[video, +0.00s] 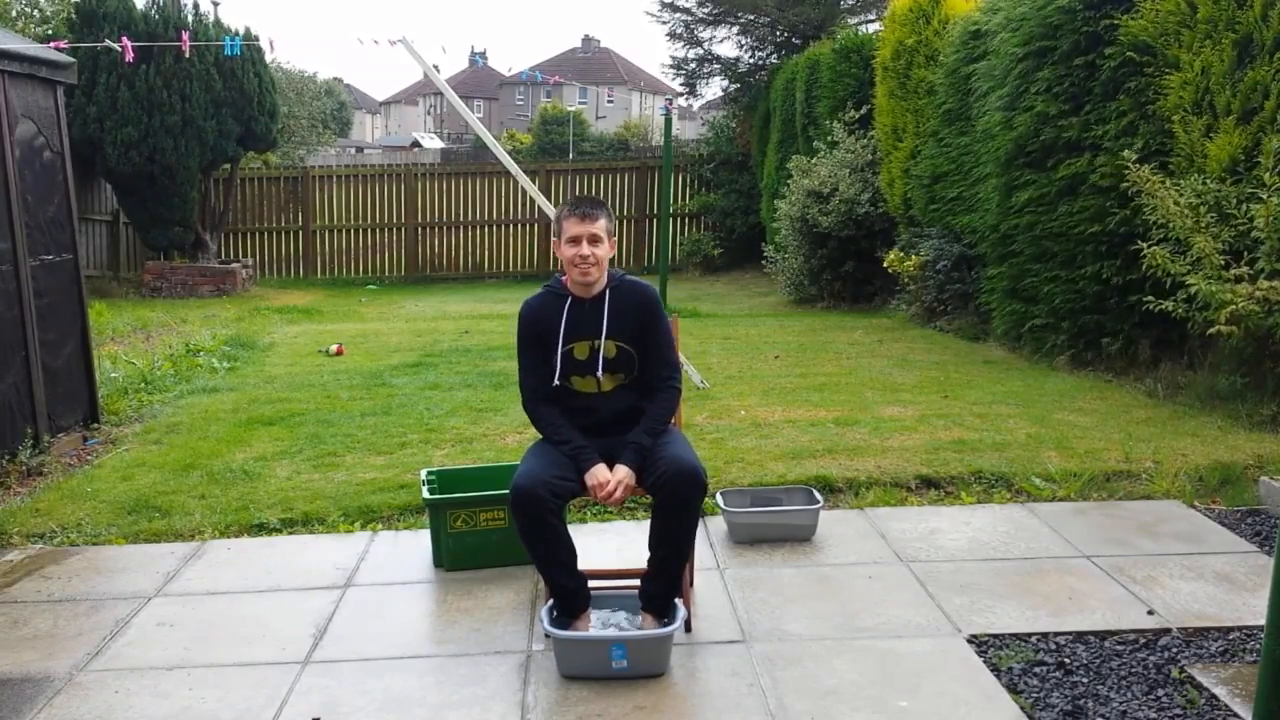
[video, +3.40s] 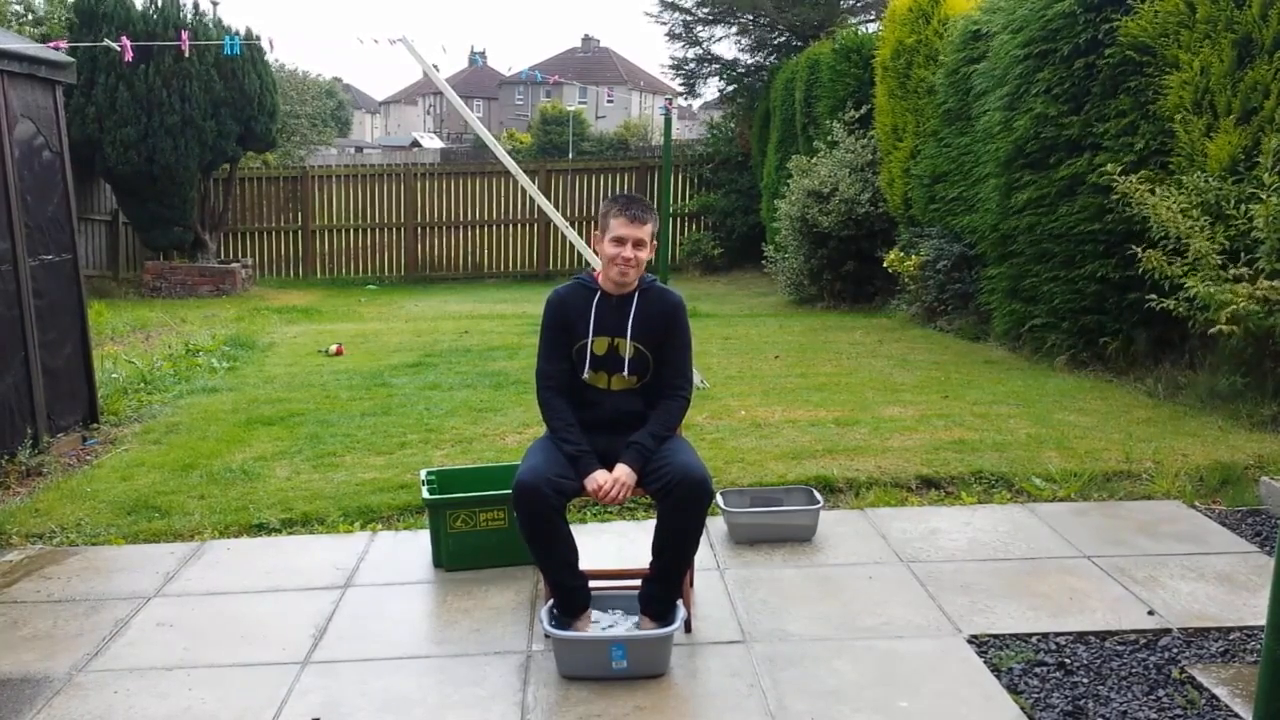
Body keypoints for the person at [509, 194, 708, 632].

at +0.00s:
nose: (584, 252)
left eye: (594, 241)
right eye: (573, 242)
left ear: (611, 247)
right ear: (557, 249)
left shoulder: (641, 300)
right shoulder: (538, 311)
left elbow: (667, 386)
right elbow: (536, 400)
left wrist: (630, 460)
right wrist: (587, 460)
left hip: (640, 433)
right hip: (569, 438)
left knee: (686, 477)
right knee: (527, 491)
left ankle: (657, 604)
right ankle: (573, 606)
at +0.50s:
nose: (647, 246)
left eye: (658, 237)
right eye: (638, 236)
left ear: (675, 248)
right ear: (622, 243)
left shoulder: (689, 311)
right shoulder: (587, 296)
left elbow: (687, 400)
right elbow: (555, 381)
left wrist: (629, 456)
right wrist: (584, 458)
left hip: (651, 434)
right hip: (579, 431)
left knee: (691, 486)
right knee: (532, 482)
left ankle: (656, 605)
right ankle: (571, 605)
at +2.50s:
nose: (588, 244)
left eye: (601, 234)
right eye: (586, 233)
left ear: (637, 245)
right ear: (582, 237)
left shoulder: (667, 305)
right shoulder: (566, 300)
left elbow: (678, 393)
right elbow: (552, 390)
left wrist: (634, 459)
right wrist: (588, 463)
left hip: (648, 434)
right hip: (576, 435)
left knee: (693, 484)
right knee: (533, 487)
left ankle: (658, 604)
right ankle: (574, 604)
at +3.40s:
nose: (627, 255)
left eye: (638, 245)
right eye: (617, 242)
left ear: (651, 250)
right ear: (596, 242)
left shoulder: (666, 306)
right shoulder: (565, 303)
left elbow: (676, 394)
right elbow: (551, 392)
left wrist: (634, 460)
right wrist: (587, 464)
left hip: (648, 436)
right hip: (575, 437)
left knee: (692, 484)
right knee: (530, 487)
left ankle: (658, 605)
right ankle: (573, 605)